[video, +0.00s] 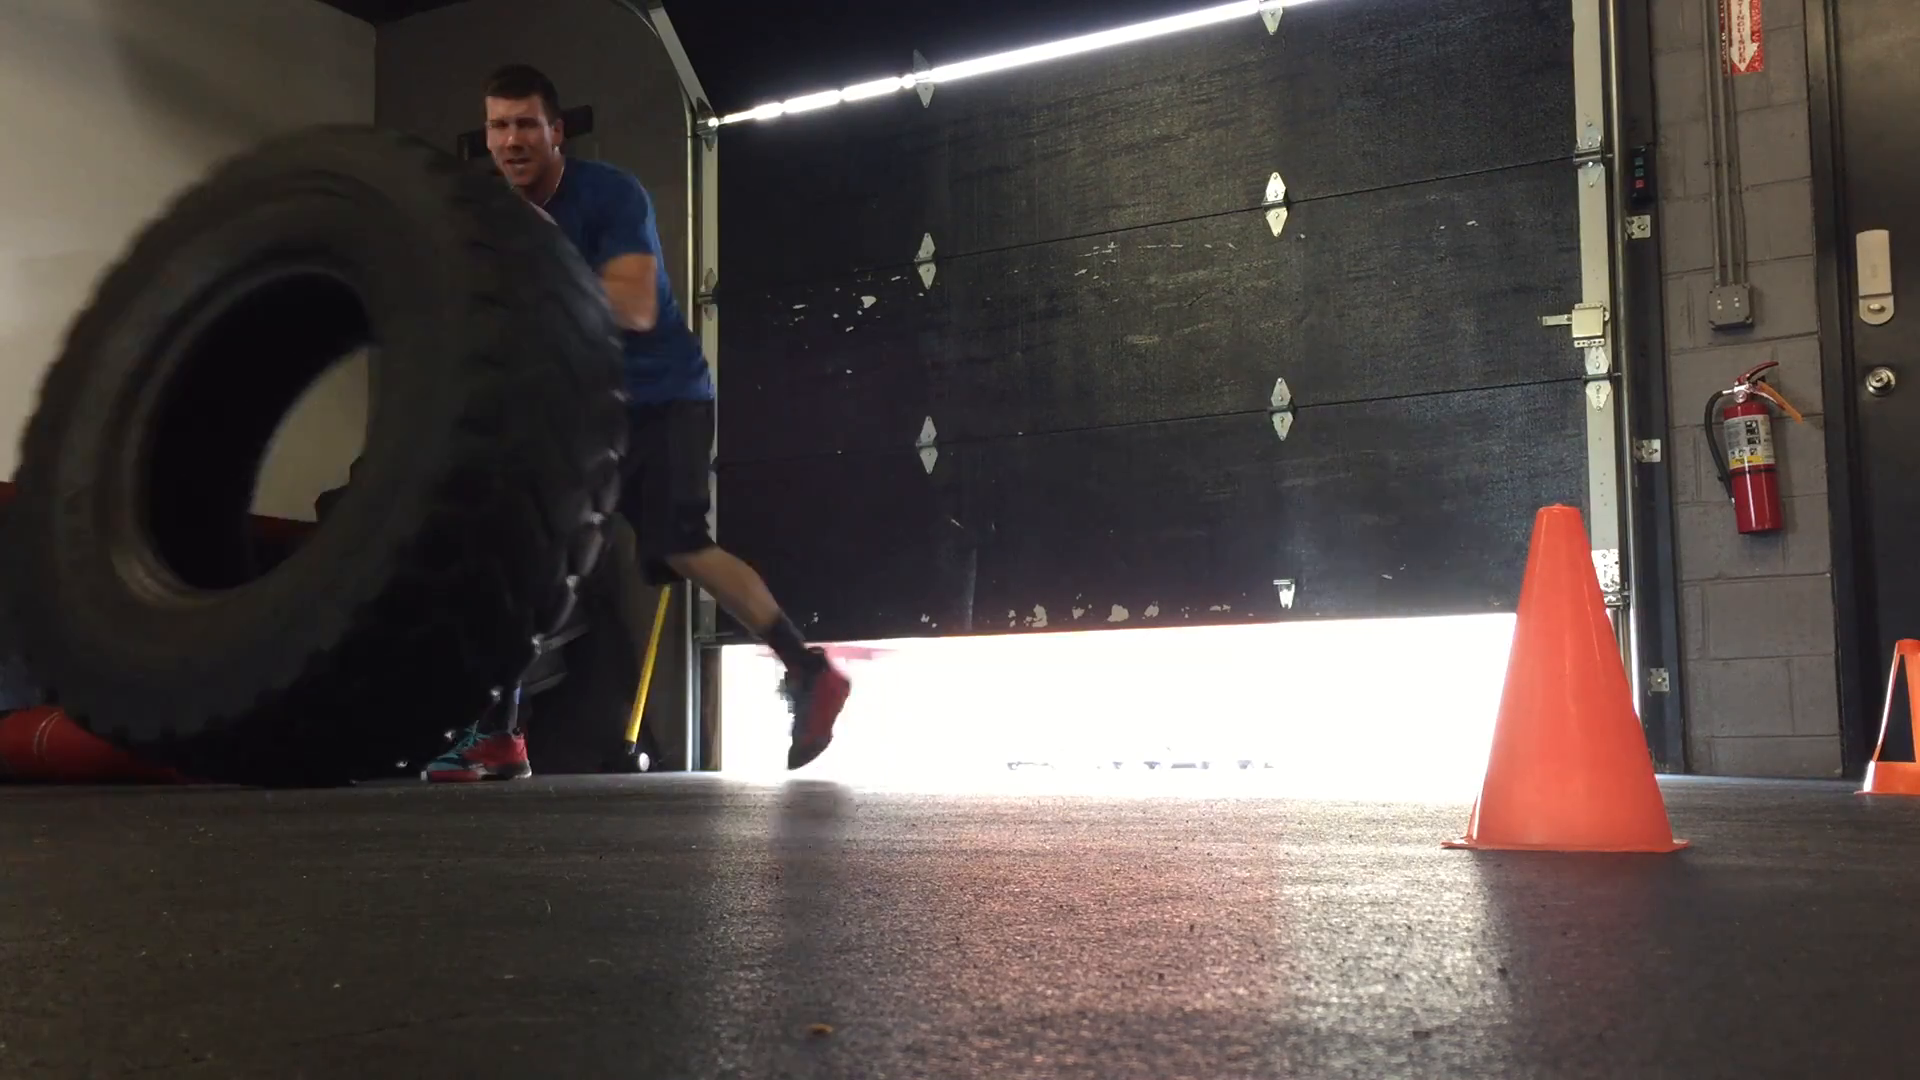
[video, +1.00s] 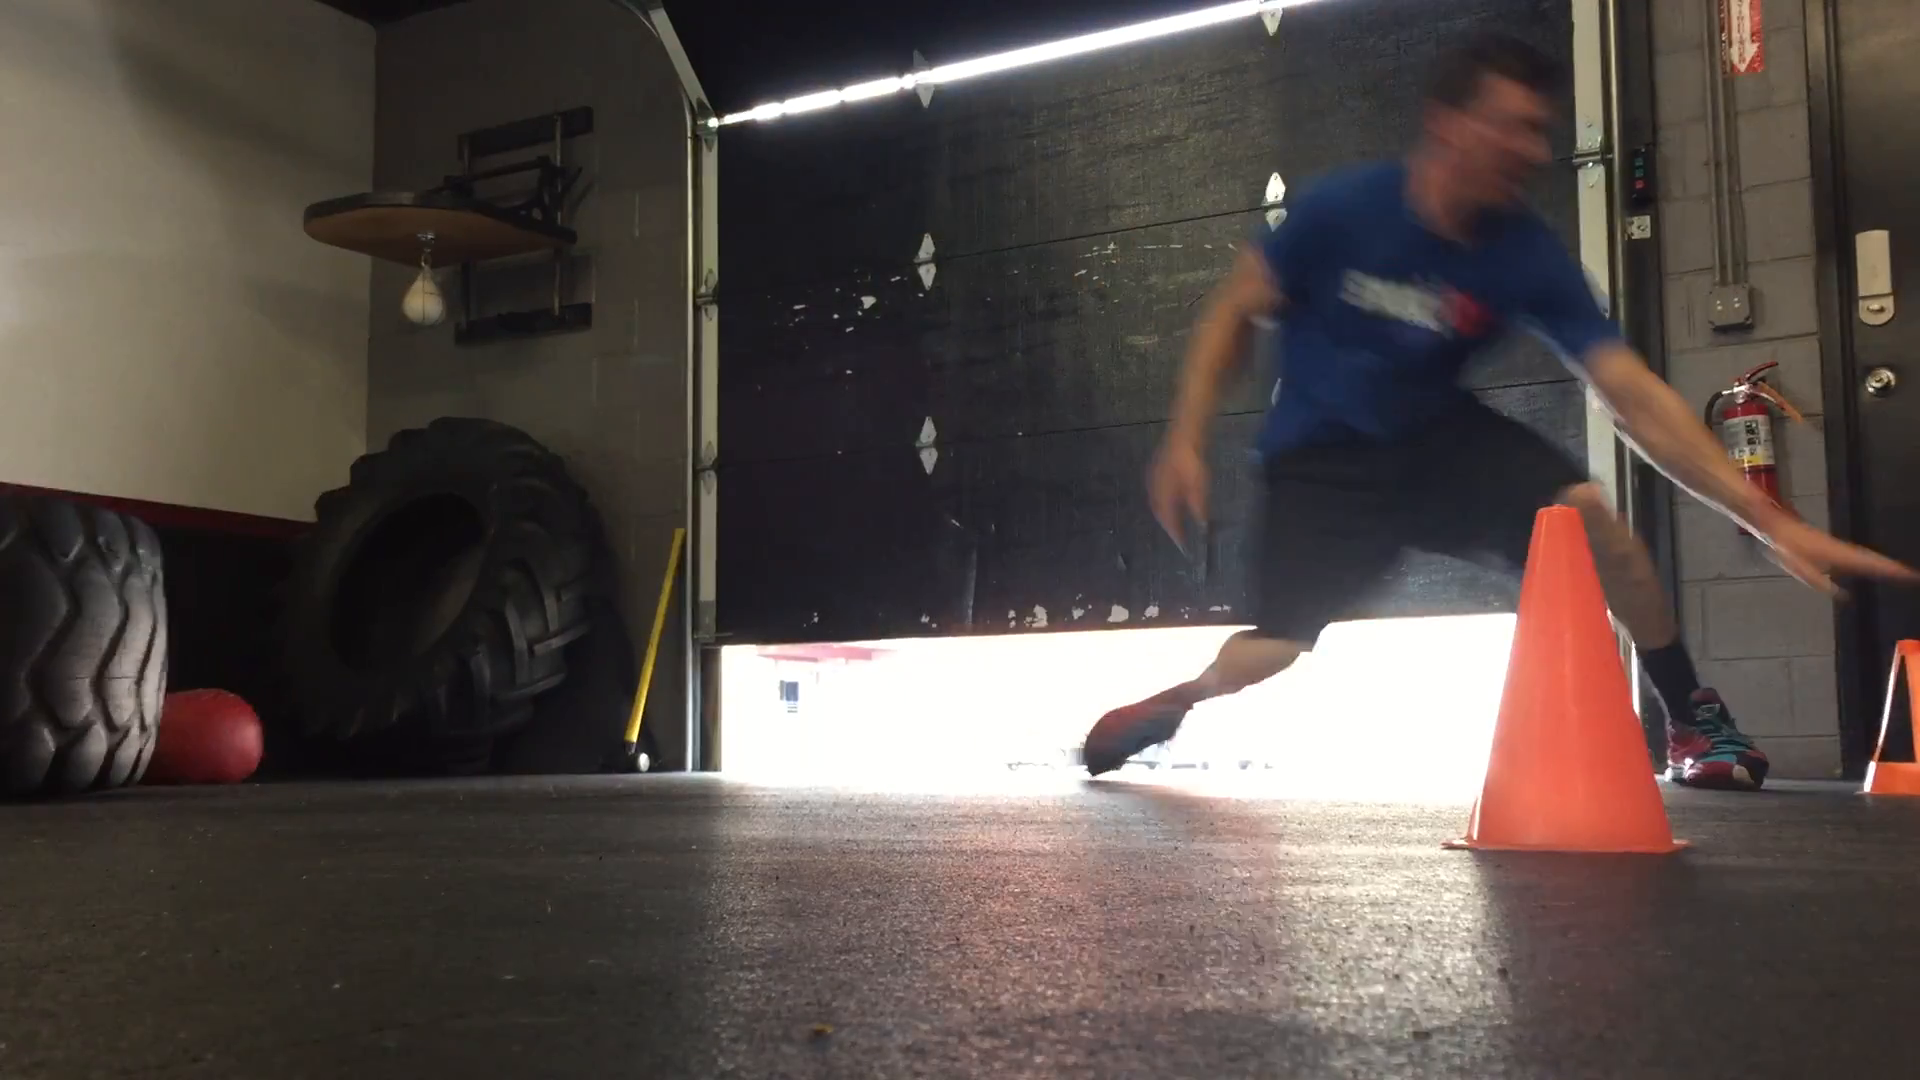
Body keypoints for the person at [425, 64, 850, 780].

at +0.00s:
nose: (511, 141)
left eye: (525, 125)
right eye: (498, 127)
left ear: (558, 131)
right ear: (486, 137)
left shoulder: (611, 193)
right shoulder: (494, 212)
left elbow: (636, 307)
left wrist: (533, 297)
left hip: (663, 394)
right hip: (576, 405)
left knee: (678, 542)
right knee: (537, 553)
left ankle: (809, 670)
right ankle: (497, 729)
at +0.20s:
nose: (589, 159)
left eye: (601, 145)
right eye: (572, 143)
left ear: (614, 154)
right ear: (536, 154)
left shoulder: (643, 223)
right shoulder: (509, 232)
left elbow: (687, 333)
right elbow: (446, 297)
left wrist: (588, 256)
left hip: (680, 405)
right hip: (598, 417)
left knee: (649, 519)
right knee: (491, 537)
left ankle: (750, 712)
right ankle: (498, 731)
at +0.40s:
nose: (738, 123)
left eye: (748, 109)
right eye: (723, 108)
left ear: (761, 121)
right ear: (687, 121)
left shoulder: (791, 196)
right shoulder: (654, 193)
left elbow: (889, 243)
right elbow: (564, 223)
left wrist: (855, 160)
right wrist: (528, 128)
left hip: (753, 415)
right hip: (659, 416)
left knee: (675, 513)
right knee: (575, 571)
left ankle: (751, 723)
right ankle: (512, 713)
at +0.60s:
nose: (925, 20)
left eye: (938, 9)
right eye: (908, 5)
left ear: (950, 21)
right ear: (867, 9)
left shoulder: (974, 106)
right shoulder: (814, 92)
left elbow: (1074, 212)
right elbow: (711, 156)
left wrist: (988, 223)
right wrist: (683, 91)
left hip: (955, 336)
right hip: (860, 329)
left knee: (872, 466)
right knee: (755, 477)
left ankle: (853, 674)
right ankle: (822, 662)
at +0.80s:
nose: (1182, 25)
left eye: (1189, 11)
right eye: (1166, 8)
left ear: (1197, 24)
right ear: (1120, 14)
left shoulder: (1211, 130)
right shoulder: (1037, 105)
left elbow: (1289, 241)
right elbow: (923, 188)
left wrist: (1311, 311)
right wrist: (953, 209)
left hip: (1177, 365)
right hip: (1056, 367)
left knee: (1283, 490)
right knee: (961, 541)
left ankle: (1413, 646)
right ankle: (943, 714)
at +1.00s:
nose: (1529, 155)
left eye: (1539, 137)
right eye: (1511, 131)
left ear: (1541, 143)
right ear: (1441, 121)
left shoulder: (1529, 254)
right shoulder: (1337, 210)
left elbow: (1637, 394)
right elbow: (1230, 310)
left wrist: (1772, 517)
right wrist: (1184, 443)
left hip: (1440, 440)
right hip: (1317, 457)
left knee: (1594, 519)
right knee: (1276, 643)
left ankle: (1682, 708)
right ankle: (1167, 710)